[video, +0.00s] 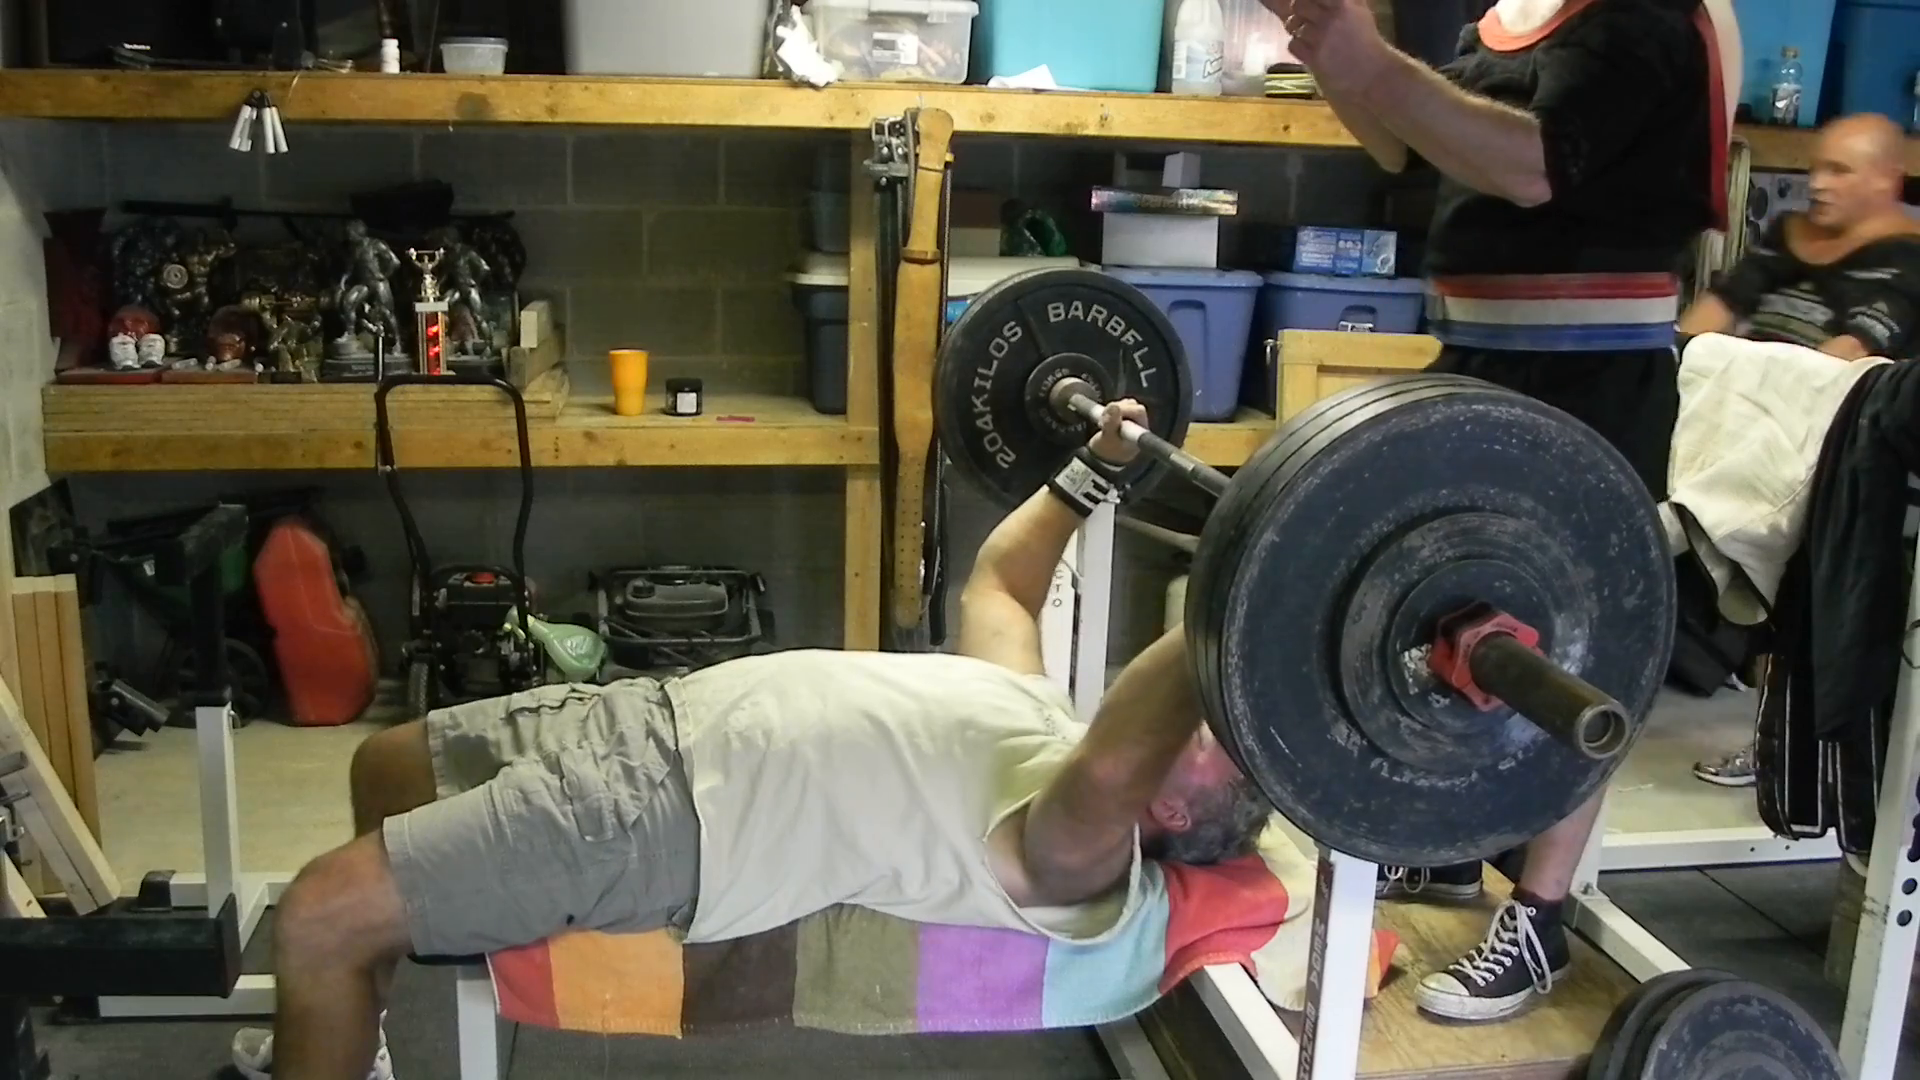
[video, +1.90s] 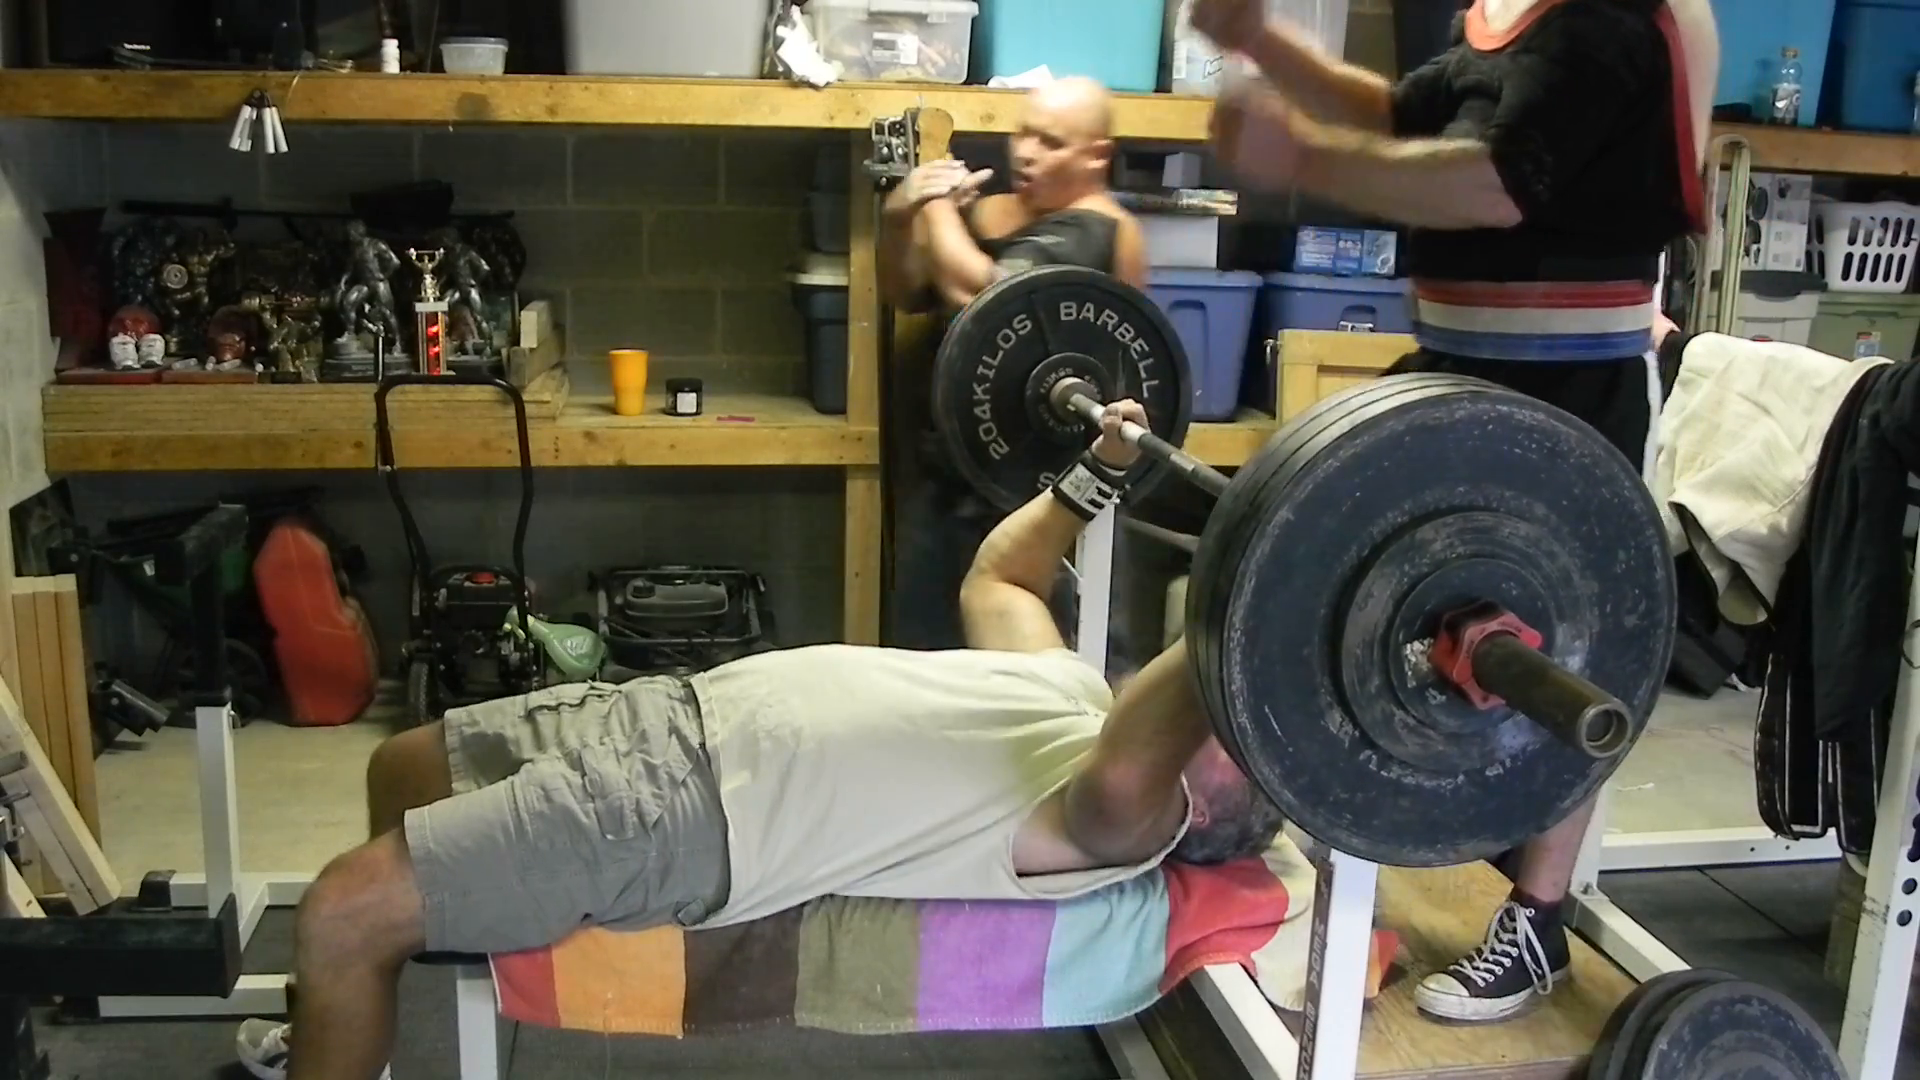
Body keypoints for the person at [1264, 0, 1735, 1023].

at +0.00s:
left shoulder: (1651, 20)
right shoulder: (1508, 16)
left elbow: (1538, 161)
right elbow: (1412, 149)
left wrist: (1377, 69)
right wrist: (1332, 54)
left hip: (1600, 376)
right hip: (1482, 364)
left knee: (1581, 645)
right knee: (1450, 613)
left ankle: (1539, 911)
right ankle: (1445, 843)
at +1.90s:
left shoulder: (1610, 27)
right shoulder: (1487, 14)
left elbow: (1500, 184)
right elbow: (1400, 120)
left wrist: (1309, 162)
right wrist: (1260, 39)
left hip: (1577, 382)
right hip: (1458, 365)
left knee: (1566, 646)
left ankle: (1536, 918)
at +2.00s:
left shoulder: (1584, 32)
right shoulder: (1469, 34)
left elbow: (1491, 193)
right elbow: (1373, 129)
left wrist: (1305, 228)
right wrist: (1225, 98)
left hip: (1553, 385)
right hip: (1436, 370)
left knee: (1554, 650)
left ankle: (1535, 918)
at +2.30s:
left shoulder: (1460, 39)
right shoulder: (1360, 50)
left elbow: (1447, 234)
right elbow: (1275, 198)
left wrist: (1385, 425)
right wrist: (1166, 310)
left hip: (1489, 385)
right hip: (1400, 382)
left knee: (1504, 635)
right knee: (1360, 610)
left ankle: (1528, 906)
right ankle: (1341, 816)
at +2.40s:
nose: (1234, 2)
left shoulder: (1417, 39)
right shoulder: (1320, 59)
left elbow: (1422, 234)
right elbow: (1250, 210)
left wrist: (1390, 426)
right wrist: (1163, 345)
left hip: (1486, 367)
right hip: (1384, 367)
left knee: (1494, 623)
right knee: (1348, 601)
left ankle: (1521, 884)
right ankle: (1339, 817)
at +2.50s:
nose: (1197, 13)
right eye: (1192, 5)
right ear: (1236, 3)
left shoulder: (1394, 41)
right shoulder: (1283, 77)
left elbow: (1408, 237)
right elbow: (1222, 226)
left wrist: (1383, 432)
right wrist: (1152, 369)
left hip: (1475, 353)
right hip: (1359, 361)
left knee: (1497, 617)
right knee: (1344, 596)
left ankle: (1505, 879)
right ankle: (1339, 807)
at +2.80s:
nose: (1151, 19)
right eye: (1143, 6)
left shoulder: (1363, 27)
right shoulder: (1202, 62)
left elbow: (1386, 200)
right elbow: (1185, 229)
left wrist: (1330, 356)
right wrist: (1150, 390)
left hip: (1447, 334)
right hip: (1313, 346)